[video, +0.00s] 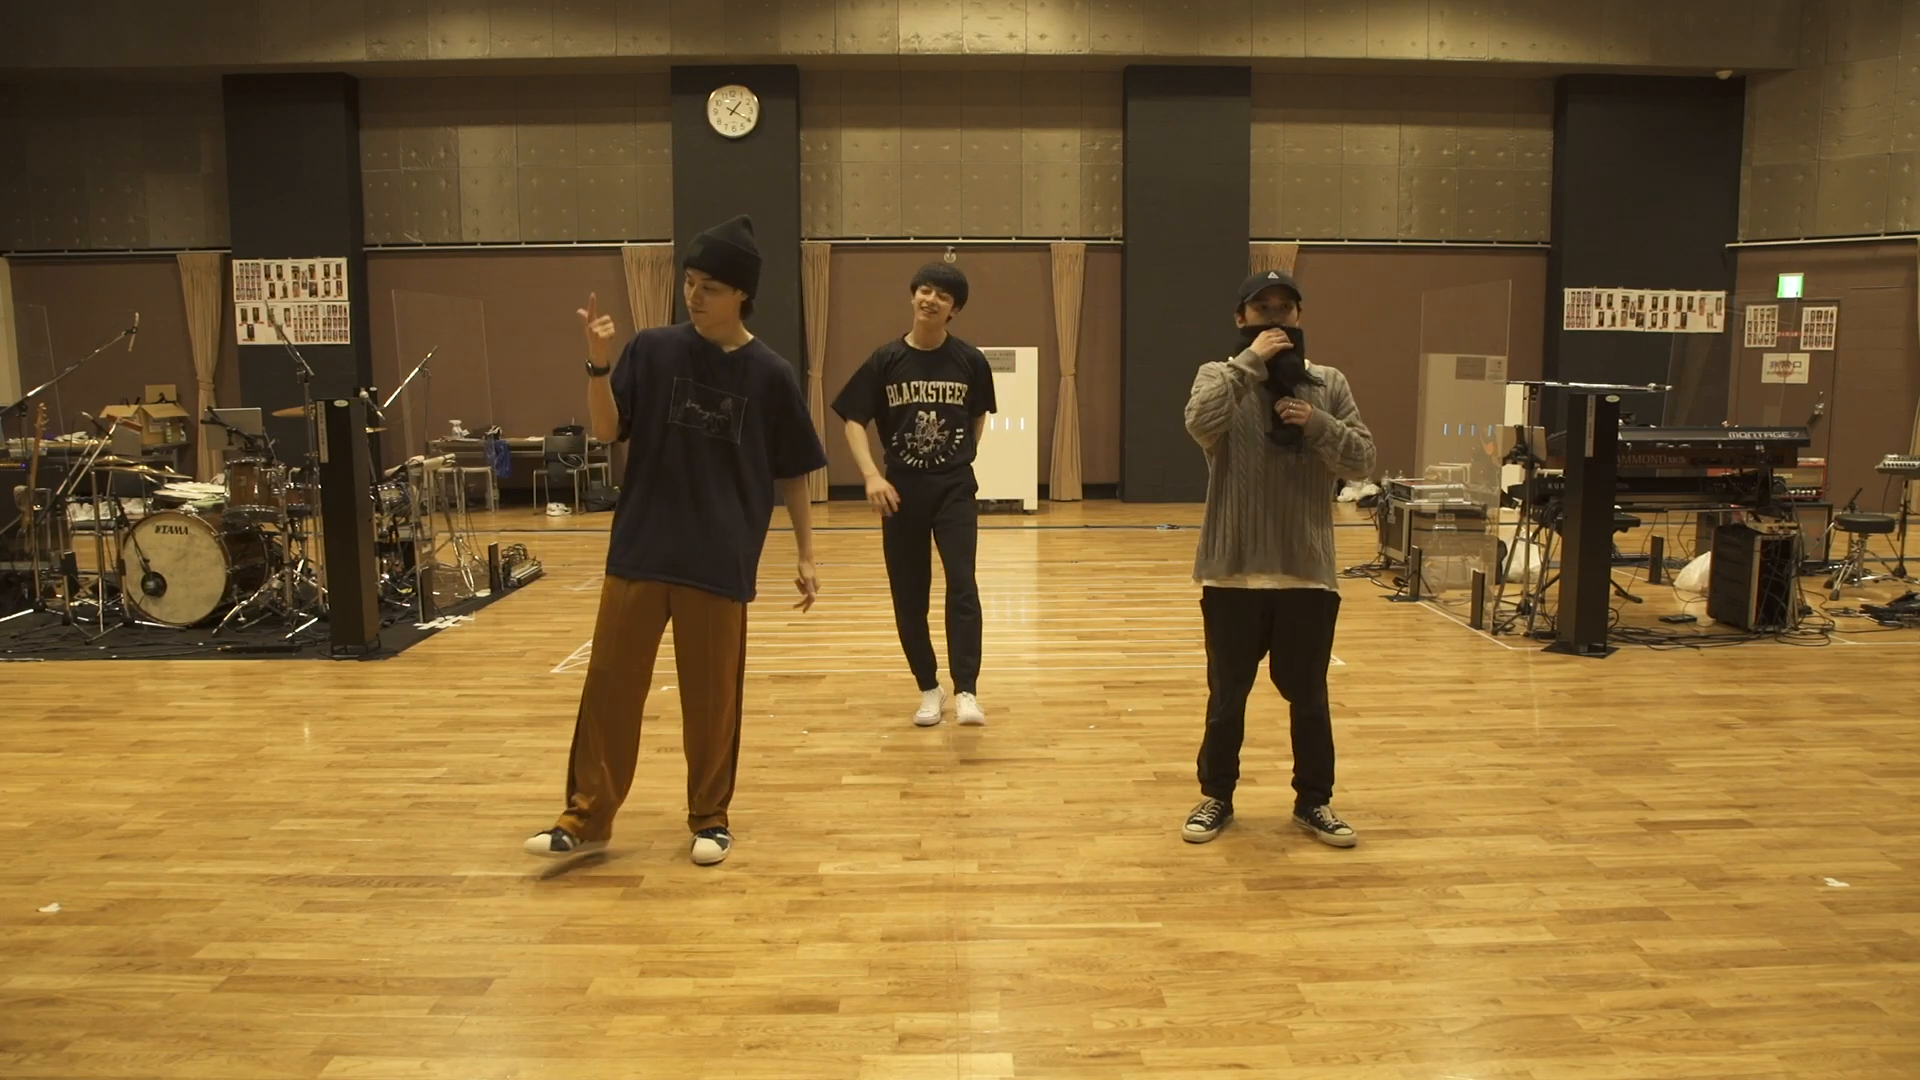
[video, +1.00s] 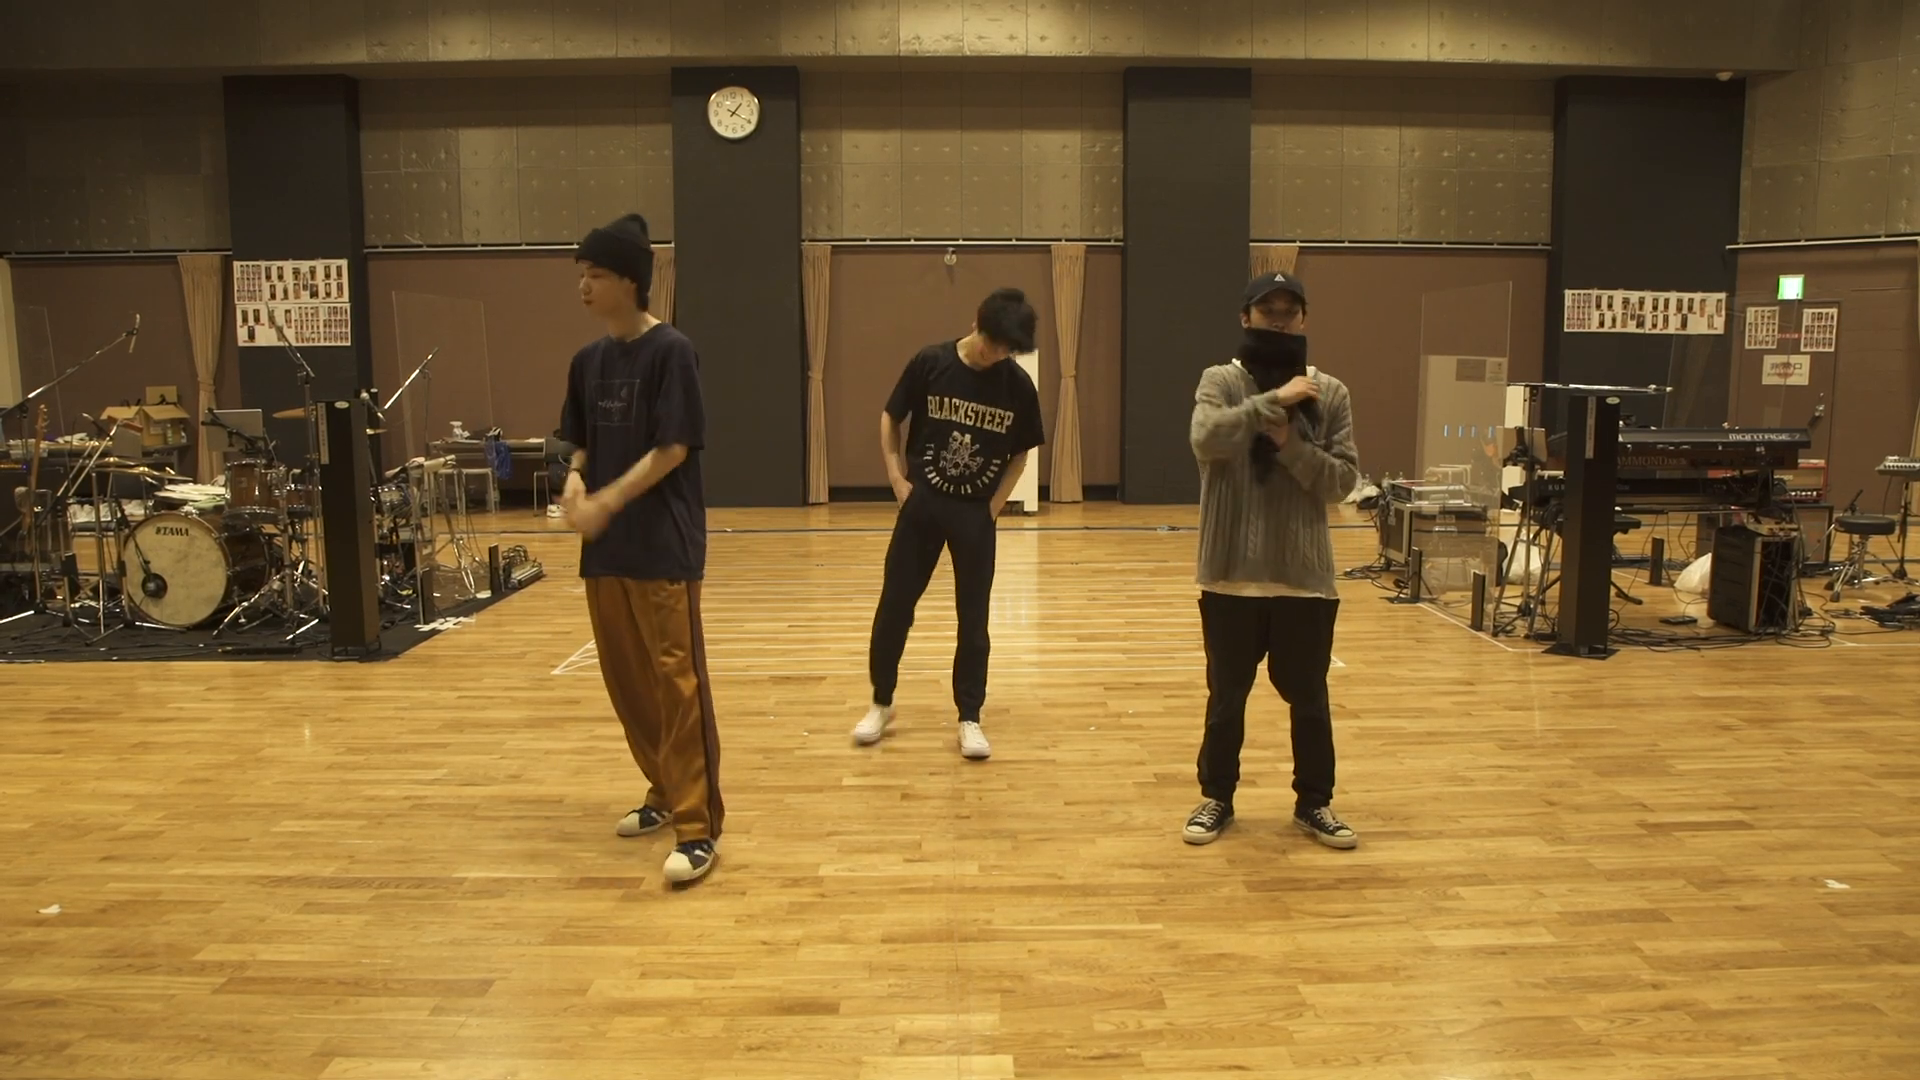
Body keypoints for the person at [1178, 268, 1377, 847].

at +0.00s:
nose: (1277, 319)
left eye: (1286, 308)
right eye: (1264, 309)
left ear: (1300, 317)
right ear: (1243, 318)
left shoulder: (1328, 383)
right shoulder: (1221, 377)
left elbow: (1363, 462)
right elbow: (1200, 422)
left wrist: (1316, 423)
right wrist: (1250, 360)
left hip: (1307, 571)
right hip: (1232, 570)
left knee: (1309, 696)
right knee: (1226, 696)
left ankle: (1314, 803)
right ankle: (1215, 799)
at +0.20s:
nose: (1273, 317)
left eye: (1283, 307)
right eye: (1262, 307)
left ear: (1299, 317)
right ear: (1242, 316)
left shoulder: (1328, 382)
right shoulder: (1219, 376)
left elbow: (1359, 464)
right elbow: (1202, 431)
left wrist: (1326, 423)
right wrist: (1252, 368)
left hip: (1307, 570)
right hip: (1232, 568)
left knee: (1309, 694)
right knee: (1226, 694)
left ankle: (1314, 803)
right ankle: (1215, 800)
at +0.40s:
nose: (1279, 319)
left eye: (1289, 309)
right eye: (1267, 309)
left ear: (1303, 317)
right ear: (1244, 316)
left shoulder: (1329, 384)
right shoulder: (1219, 379)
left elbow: (1359, 465)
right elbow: (1197, 441)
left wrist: (1320, 421)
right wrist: (1257, 385)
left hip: (1308, 570)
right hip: (1233, 568)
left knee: (1310, 696)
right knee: (1226, 696)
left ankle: (1314, 803)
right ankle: (1215, 800)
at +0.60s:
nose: (1280, 320)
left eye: (1290, 310)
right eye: (1268, 310)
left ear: (1304, 318)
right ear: (1246, 317)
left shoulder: (1328, 386)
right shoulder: (1219, 386)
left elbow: (1369, 462)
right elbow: (1178, 417)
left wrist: (1329, 420)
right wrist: (1233, 358)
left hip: (1308, 573)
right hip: (1233, 572)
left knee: (1310, 697)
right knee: (1226, 696)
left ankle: (1313, 804)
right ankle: (1216, 800)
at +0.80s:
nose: (1283, 320)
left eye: (1292, 310)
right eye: (1272, 310)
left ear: (1306, 318)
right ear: (1247, 317)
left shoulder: (1330, 389)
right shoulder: (1218, 386)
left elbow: (1370, 463)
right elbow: (1169, 407)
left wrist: (1338, 422)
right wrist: (1219, 345)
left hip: (1307, 575)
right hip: (1231, 572)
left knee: (1310, 696)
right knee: (1225, 695)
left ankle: (1314, 804)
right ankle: (1216, 801)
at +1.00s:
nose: (1280, 322)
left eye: (1290, 313)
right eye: (1269, 312)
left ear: (1304, 322)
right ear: (1246, 318)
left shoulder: (1329, 393)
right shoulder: (1220, 380)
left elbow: (1343, 481)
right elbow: (1206, 442)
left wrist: (1290, 443)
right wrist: (1277, 397)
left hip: (1305, 576)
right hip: (1229, 573)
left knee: (1309, 698)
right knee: (1225, 697)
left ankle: (1313, 805)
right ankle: (1215, 801)